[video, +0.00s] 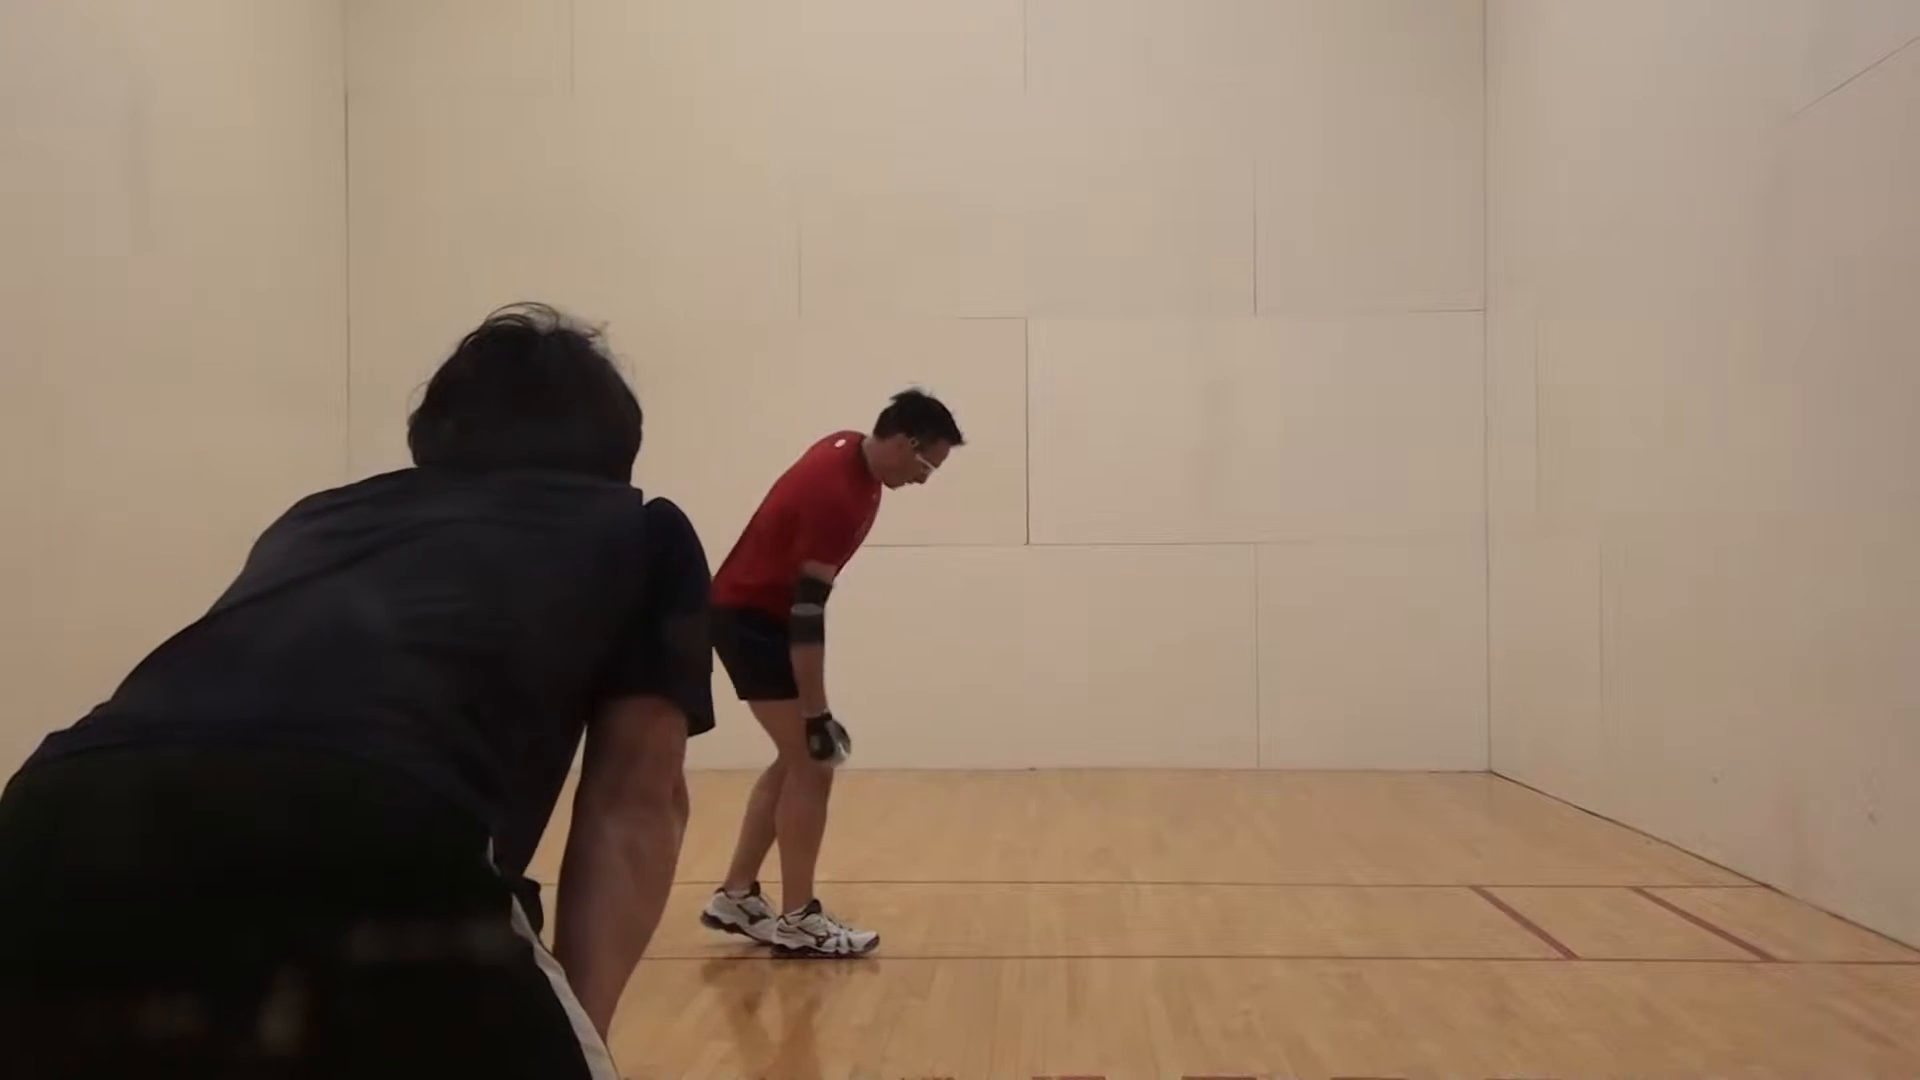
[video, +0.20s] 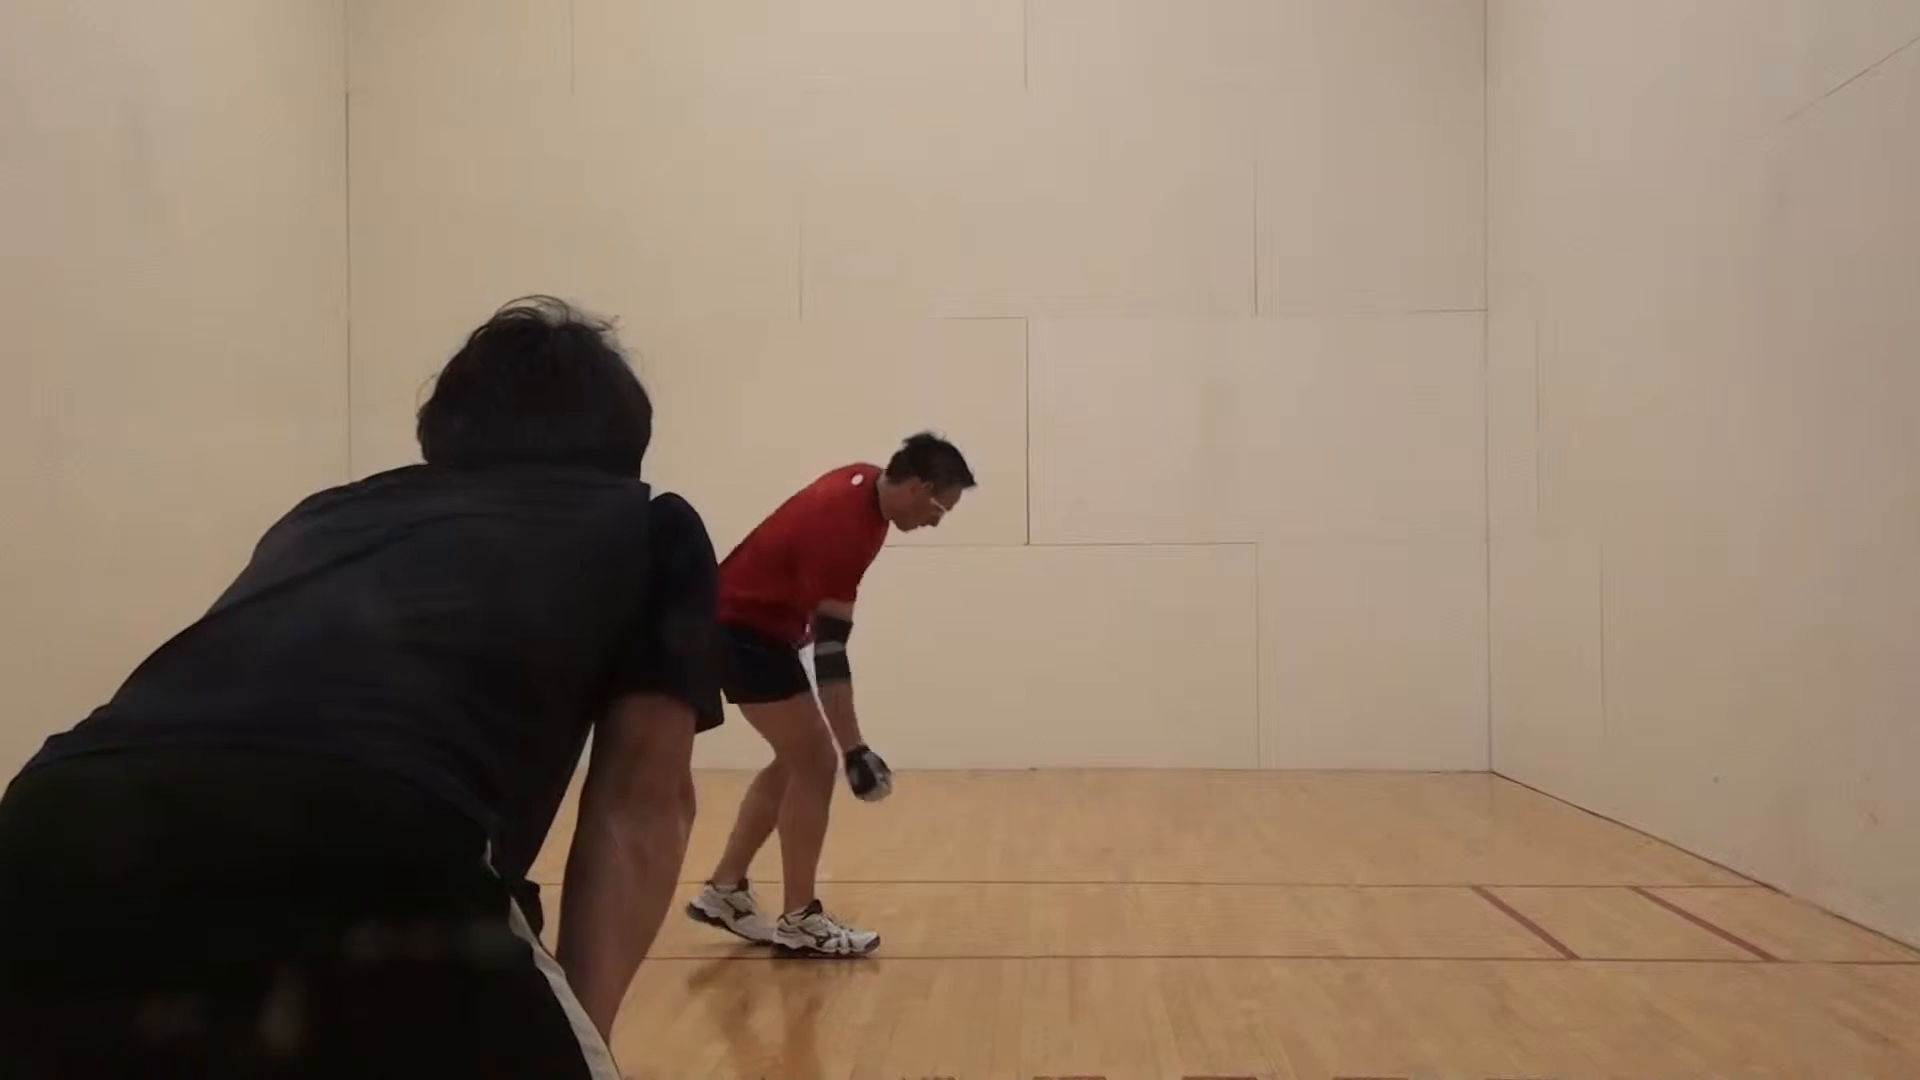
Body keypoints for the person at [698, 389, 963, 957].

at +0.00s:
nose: (923, 475)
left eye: (931, 467)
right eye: (923, 462)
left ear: (896, 439)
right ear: (895, 438)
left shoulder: (849, 454)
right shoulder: (842, 494)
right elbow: (806, 611)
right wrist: (815, 715)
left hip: (748, 610)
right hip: (751, 616)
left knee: (796, 755)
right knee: (811, 756)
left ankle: (735, 894)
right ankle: (797, 914)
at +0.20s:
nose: (939, 516)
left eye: (946, 507)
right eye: (938, 503)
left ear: (908, 481)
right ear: (910, 482)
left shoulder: (861, 483)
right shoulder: (849, 527)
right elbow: (828, 653)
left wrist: (810, 619)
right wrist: (854, 751)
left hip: (745, 624)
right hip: (747, 634)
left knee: (795, 756)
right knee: (815, 760)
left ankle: (723, 888)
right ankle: (799, 915)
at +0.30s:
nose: (939, 548)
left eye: (945, 540)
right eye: (940, 535)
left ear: (912, 510)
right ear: (913, 514)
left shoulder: (864, 505)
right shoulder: (845, 548)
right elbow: (830, 679)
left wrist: (812, 626)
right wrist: (891, 758)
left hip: (735, 633)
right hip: (741, 643)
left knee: (782, 772)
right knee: (818, 764)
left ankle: (689, 872)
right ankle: (799, 916)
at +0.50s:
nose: (929, 596)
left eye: (936, 587)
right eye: (932, 584)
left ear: (908, 561)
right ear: (910, 566)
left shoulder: (858, 546)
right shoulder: (829, 594)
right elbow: (818, 715)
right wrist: (910, 717)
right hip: (722, 663)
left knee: (743, 794)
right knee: (814, 764)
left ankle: (632, 868)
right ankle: (799, 917)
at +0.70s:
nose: (911, 587)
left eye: (917, 578)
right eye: (914, 574)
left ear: (888, 550)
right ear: (891, 553)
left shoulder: (834, 552)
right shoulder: (824, 567)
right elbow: (789, 664)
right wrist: (870, 697)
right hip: (703, 646)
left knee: (703, 779)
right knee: (776, 757)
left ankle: (647, 912)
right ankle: (790, 914)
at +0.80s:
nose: (912, 573)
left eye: (919, 565)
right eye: (912, 560)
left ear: (889, 543)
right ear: (887, 539)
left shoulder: (856, 579)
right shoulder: (813, 551)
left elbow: (825, 659)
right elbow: (794, 610)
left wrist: (840, 635)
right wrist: (863, 646)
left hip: (719, 642)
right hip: (706, 638)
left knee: (711, 772)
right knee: (770, 752)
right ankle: (743, 904)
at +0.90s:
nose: (916, 575)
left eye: (922, 567)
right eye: (919, 562)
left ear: (897, 546)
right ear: (897, 543)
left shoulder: (860, 602)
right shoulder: (822, 539)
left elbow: (867, 678)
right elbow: (802, 544)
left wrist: (858, 647)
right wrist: (873, 595)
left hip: (725, 667)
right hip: (704, 651)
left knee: (709, 775)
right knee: (765, 768)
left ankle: (624, 888)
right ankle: (720, 910)